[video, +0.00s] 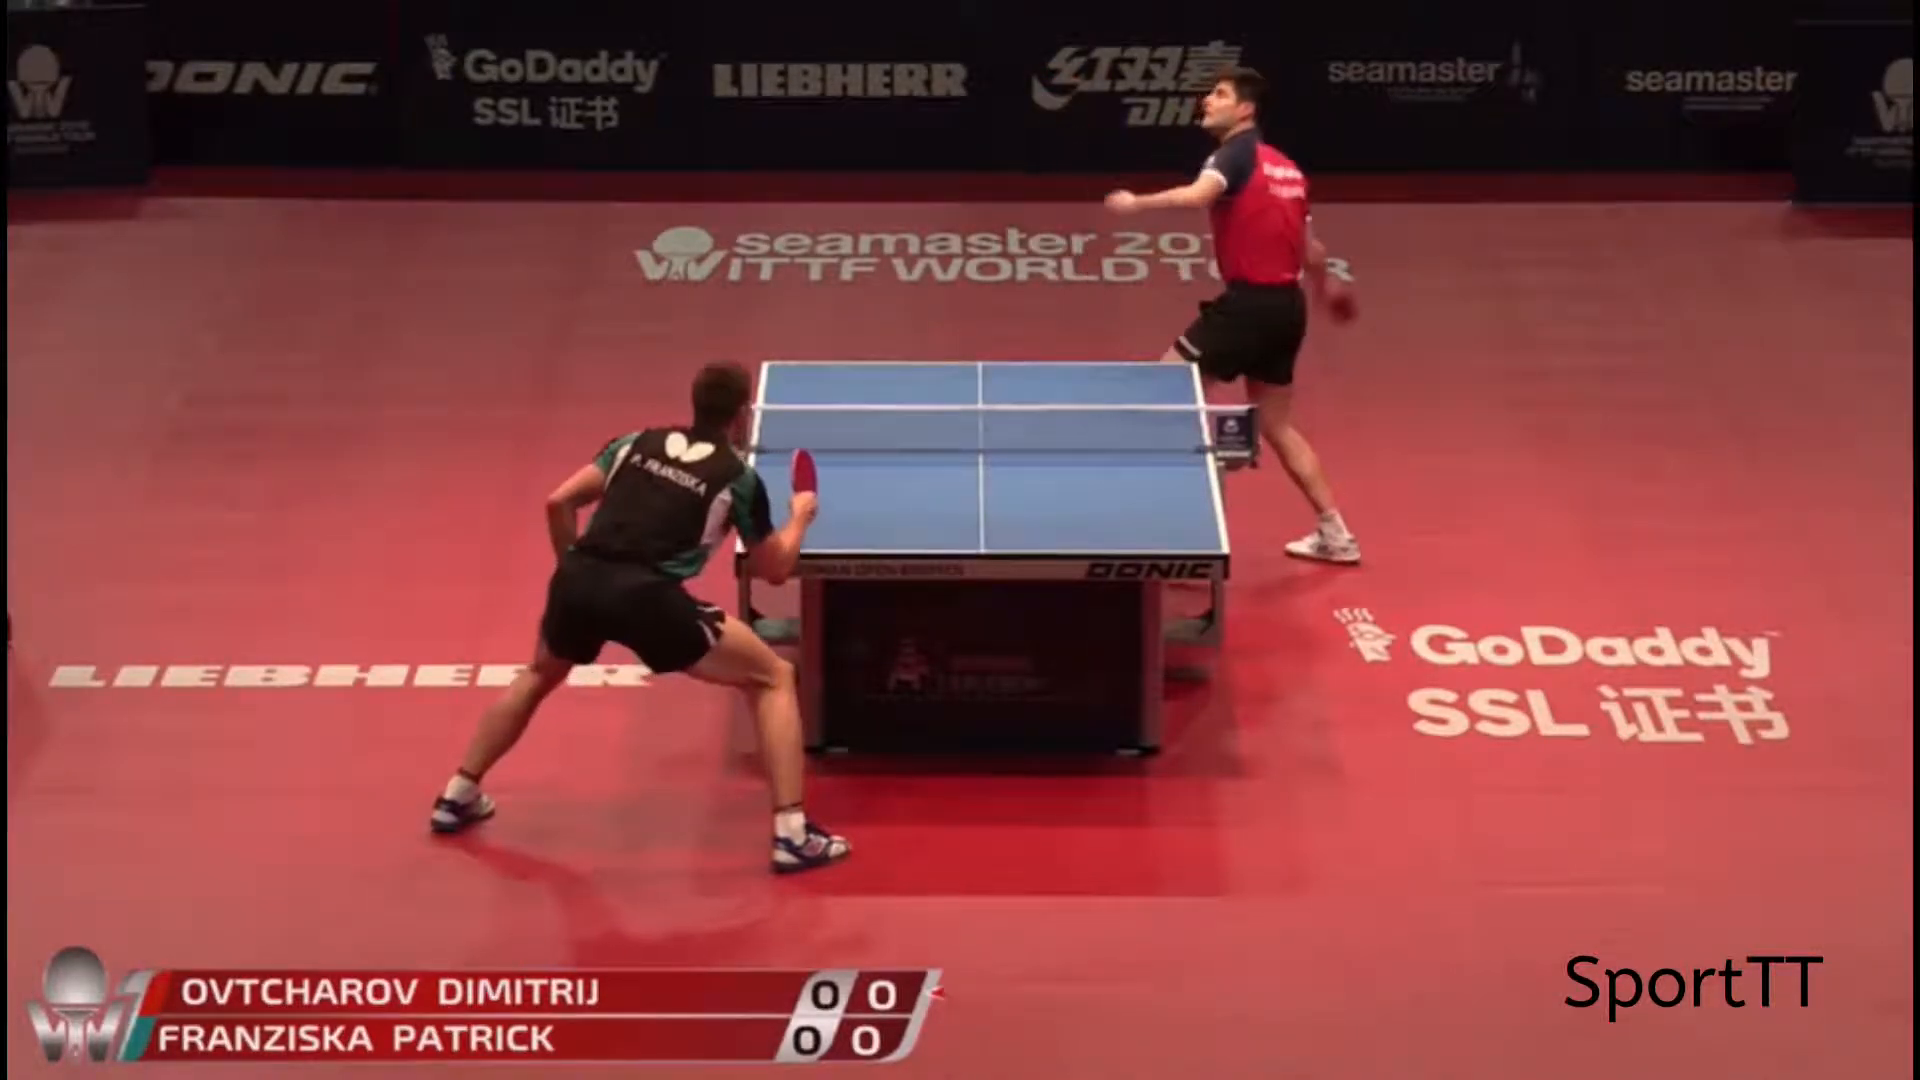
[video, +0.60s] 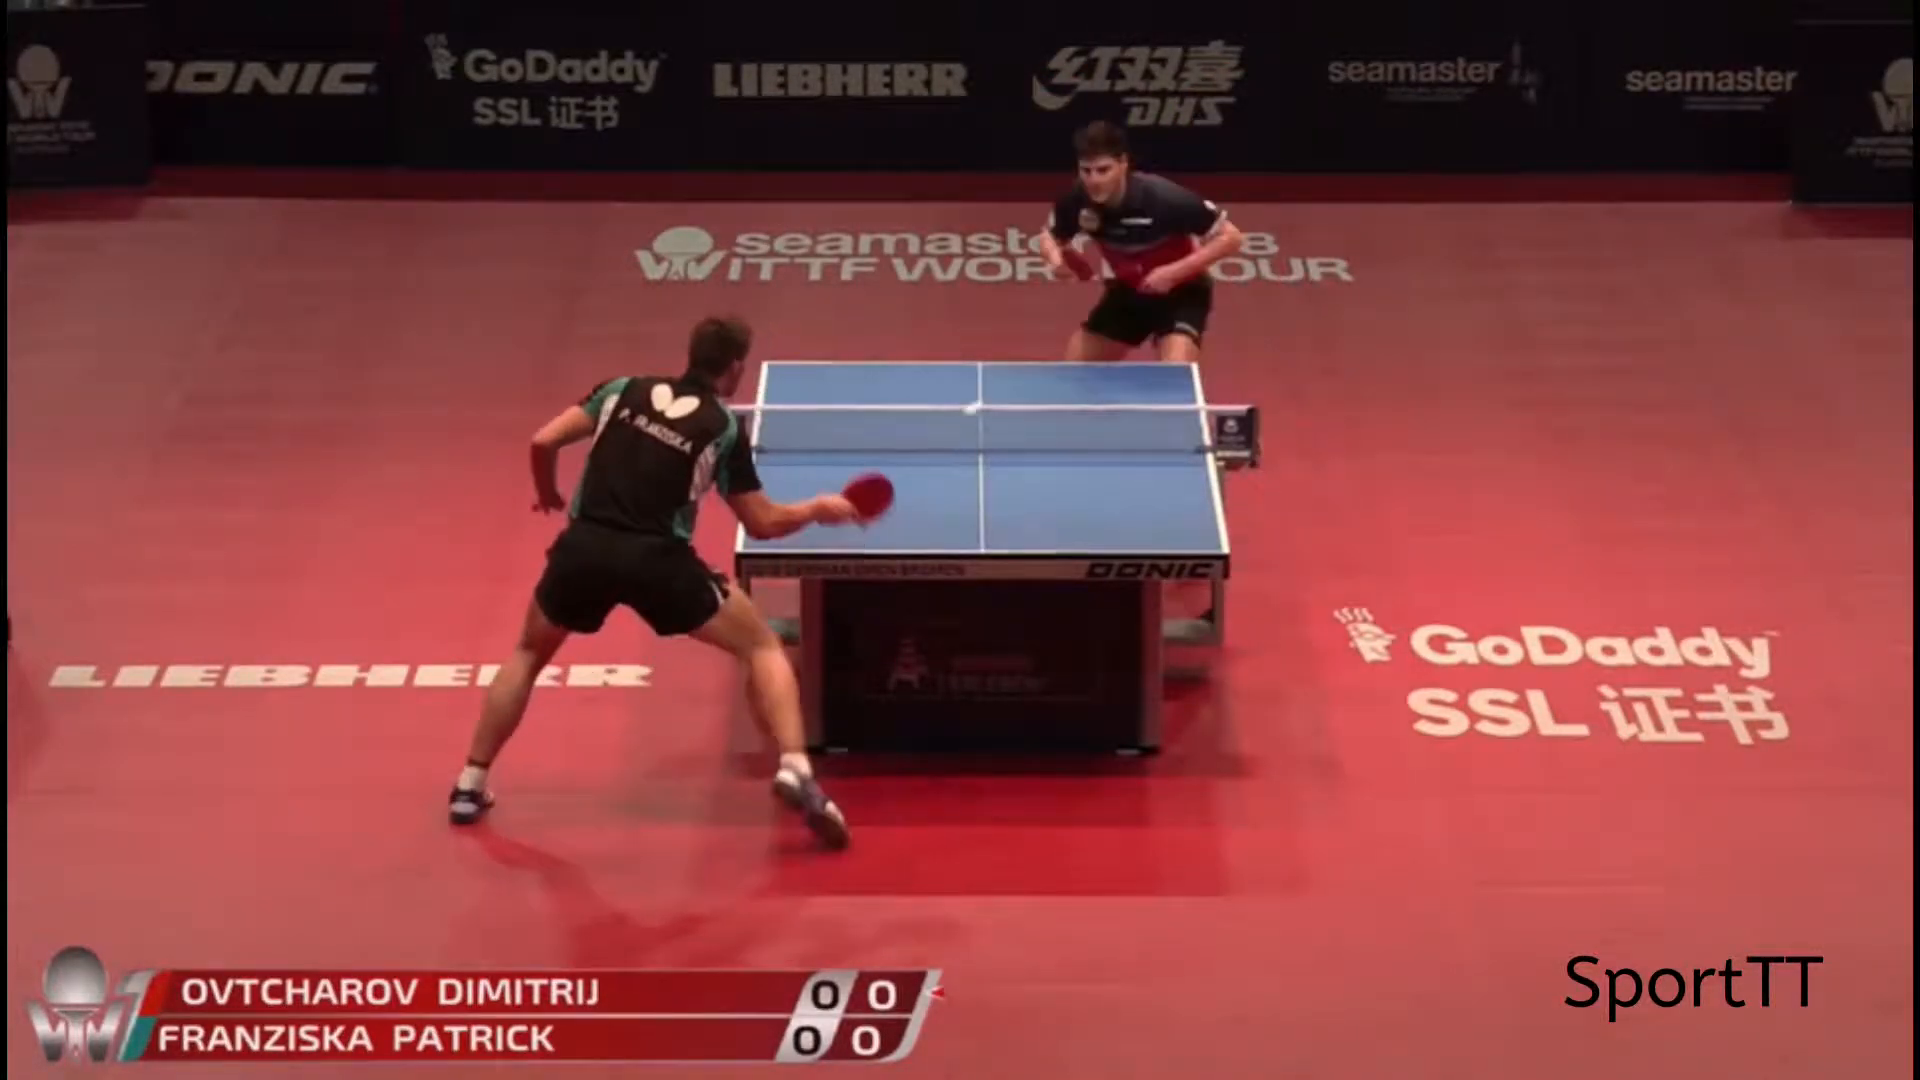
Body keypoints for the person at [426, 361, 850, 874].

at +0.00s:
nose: (752, 419)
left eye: (749, 409)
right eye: (751, 411)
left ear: (695, 405)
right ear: (741, 418)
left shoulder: (638, 443)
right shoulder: (741, 477)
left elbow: (559, 501)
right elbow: (774, 568)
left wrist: (570, 569)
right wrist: (801, 517)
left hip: (577, 583)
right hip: (650, 597)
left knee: (537, 676)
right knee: (774, 678)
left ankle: (458, 793)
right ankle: (792, 831)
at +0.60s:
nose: (743, 374)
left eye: (742, 365)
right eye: (742, 367)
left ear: (688, 359)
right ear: (732, 371)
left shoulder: (625, 390)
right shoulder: (724, 429)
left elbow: (543, 442)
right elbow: (764, 522)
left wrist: (545, 492)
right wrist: (818, 508)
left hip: (584, 549)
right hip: (659, 561)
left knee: (529, 655)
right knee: (762, 646)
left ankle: (470, 782)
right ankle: (795, 764)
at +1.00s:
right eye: (774, 379)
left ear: (729, 375)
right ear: (775, 385)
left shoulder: (712, 410)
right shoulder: (790, 435)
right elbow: (798, 483)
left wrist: (616, 459)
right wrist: (811, 479)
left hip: (707, 569)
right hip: (778, 570)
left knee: (602, 661)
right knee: (820, 639)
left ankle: (507, 780)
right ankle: (881, 755)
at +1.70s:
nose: (773, 386)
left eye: (770, 375)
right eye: (773, 379)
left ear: (720, 367)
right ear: (763, 387)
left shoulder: (672, 393)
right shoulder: (730, 448)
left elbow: (676, 470)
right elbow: (718, 558)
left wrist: (739, 493)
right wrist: (777, 603)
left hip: (576, 548)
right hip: (641, 567)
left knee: (522, 663)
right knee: (752, 673)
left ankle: (455, 796)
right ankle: (751, 820)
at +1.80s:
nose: (779, 403)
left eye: (778, 393)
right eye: (780, 394)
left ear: (730, 381)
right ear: (767, 400)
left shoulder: (690, 405)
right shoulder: (715, 456)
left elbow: (732, 465)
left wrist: (792, 496)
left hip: (564, 543)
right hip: (619, 563)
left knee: (531, 665)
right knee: (747, 647)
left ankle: (442, 777)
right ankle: (743, 801)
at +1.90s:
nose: (784, 434)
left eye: (784, 425)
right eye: (782, 425)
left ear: (739, 411)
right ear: (765, 433)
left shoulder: (711, 425)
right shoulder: (704, 477)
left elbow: (762, 462)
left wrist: (828, 492)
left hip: (556, 559)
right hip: (604, 577)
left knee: (529, 676)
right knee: (740, 651)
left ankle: (424, 772)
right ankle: (751, 805)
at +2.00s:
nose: (796, 445)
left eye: (796, 437)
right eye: (793, 439)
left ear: (748, 420)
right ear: (773, 444)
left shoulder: (722, 423)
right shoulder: (712, 487)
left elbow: (745, 438)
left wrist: (777, 464)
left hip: (573, 555)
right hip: (624, 578)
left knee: (541, 671)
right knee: (755, 650)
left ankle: (433, 768)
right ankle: (753, 804)